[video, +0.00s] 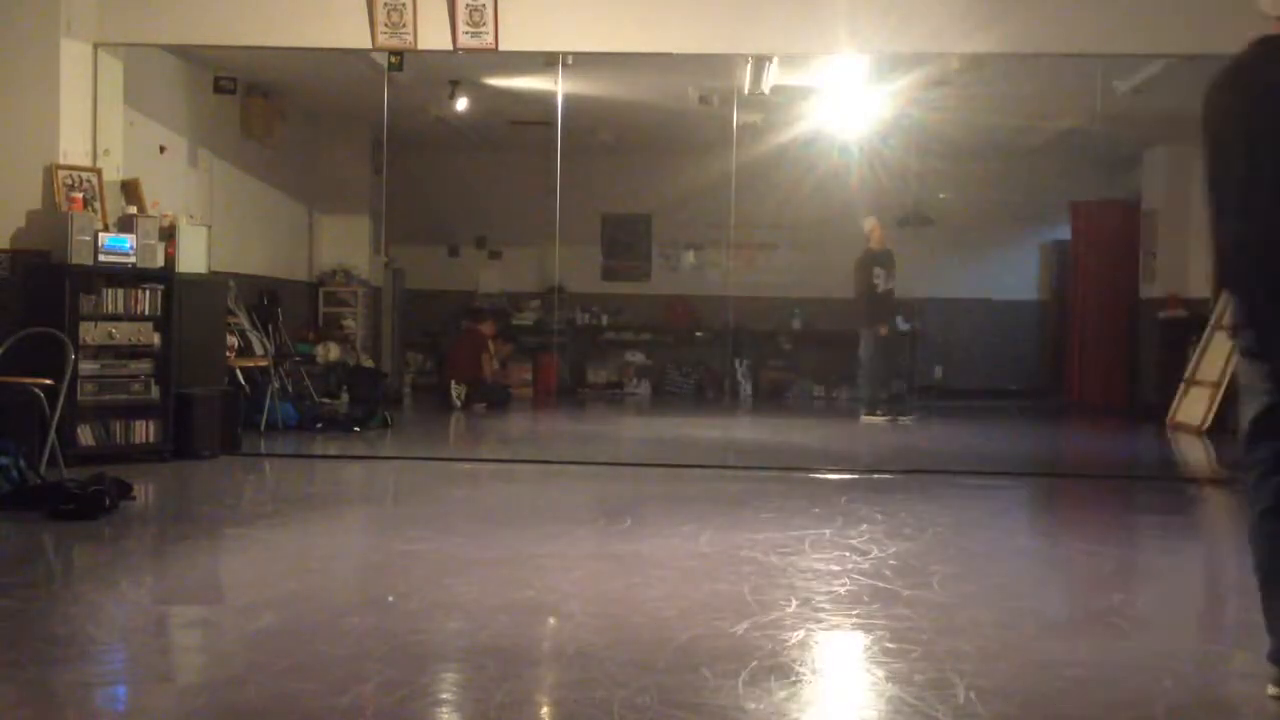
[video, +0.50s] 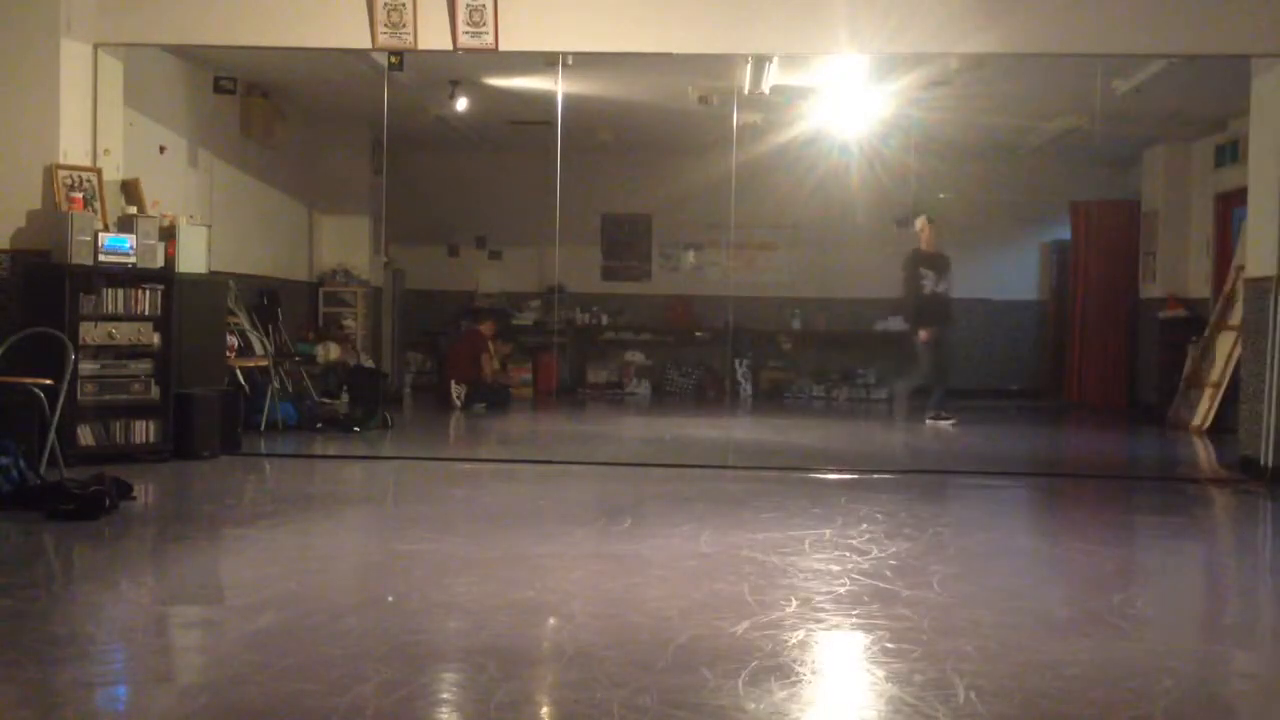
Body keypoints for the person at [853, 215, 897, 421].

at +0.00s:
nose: (881, 234)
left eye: (881, 229)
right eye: (876, 230)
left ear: (883, 231)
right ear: (869, 234)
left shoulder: (888, 257)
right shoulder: (865, 260)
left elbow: (889, 289)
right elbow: (864, 293)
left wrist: (890, 316)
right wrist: (875, 320)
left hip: (886, 316)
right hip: (870, 317)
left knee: (886, 361)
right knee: (870, 362)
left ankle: (886, 405)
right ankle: (868, 406)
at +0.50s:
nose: (928, 235)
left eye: (931, 230)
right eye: (924, 231)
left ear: (936, 231)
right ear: (918, 233)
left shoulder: (943, 260)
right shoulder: (914, 259)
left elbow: (944, 293)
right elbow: (911, 295)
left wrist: (945, 319)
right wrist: (918, 324)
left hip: (940, 319)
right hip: (922, 319)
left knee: (942, 368)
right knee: (926, 368)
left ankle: (935, 411)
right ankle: (900, 390)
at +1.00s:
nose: (958, 234)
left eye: (961, 229)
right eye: (953, 230)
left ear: (967, 231)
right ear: (947, 234)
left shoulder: (984, 256)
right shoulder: (943, 261)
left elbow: (1000, 287)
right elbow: (936, 297)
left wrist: (1014, 315)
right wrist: (936, 330)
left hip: (981, 318)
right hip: (955, 320)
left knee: (971, 364)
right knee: (968, 366)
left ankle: (950, 396)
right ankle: (978, 417)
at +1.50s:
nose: (980, 229)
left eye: (983, 225)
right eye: (975, 225)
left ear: (991, 228)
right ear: (968, 229)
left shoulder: (1005, 255)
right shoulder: (960, 258)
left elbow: (1017, 289)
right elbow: (956, 296)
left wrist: (1017, 317)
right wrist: (960, 326)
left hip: (1001, 321)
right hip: (972, 322)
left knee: (1001, 369)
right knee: (975, 372)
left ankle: (999, 417)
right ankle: (979, 417)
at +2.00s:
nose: (960, 225)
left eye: (965, 220)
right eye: (958, 220)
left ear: (977, 223)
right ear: (955, 225)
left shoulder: (998, 252)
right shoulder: (950, 257)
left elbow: (1011, 289)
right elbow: (945, 294)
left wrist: (1015, 322)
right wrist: (946, 324)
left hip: (995, 323)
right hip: (964, 324)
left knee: (998, 376)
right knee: (958, 373)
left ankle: (996, 426)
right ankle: (951, 423)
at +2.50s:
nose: (917, 217)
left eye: (922, 210)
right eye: (913, 211)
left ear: (935, 213)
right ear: (909, 216)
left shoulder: (950, 244)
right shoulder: (906, 250)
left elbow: (961, 282)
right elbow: (896, 287)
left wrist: (964, 315)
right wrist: (894, 320)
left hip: (943, 316)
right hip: (918, 318)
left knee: (931, 369)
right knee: (924, 370)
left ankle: (945, 424)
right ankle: (938, 421)